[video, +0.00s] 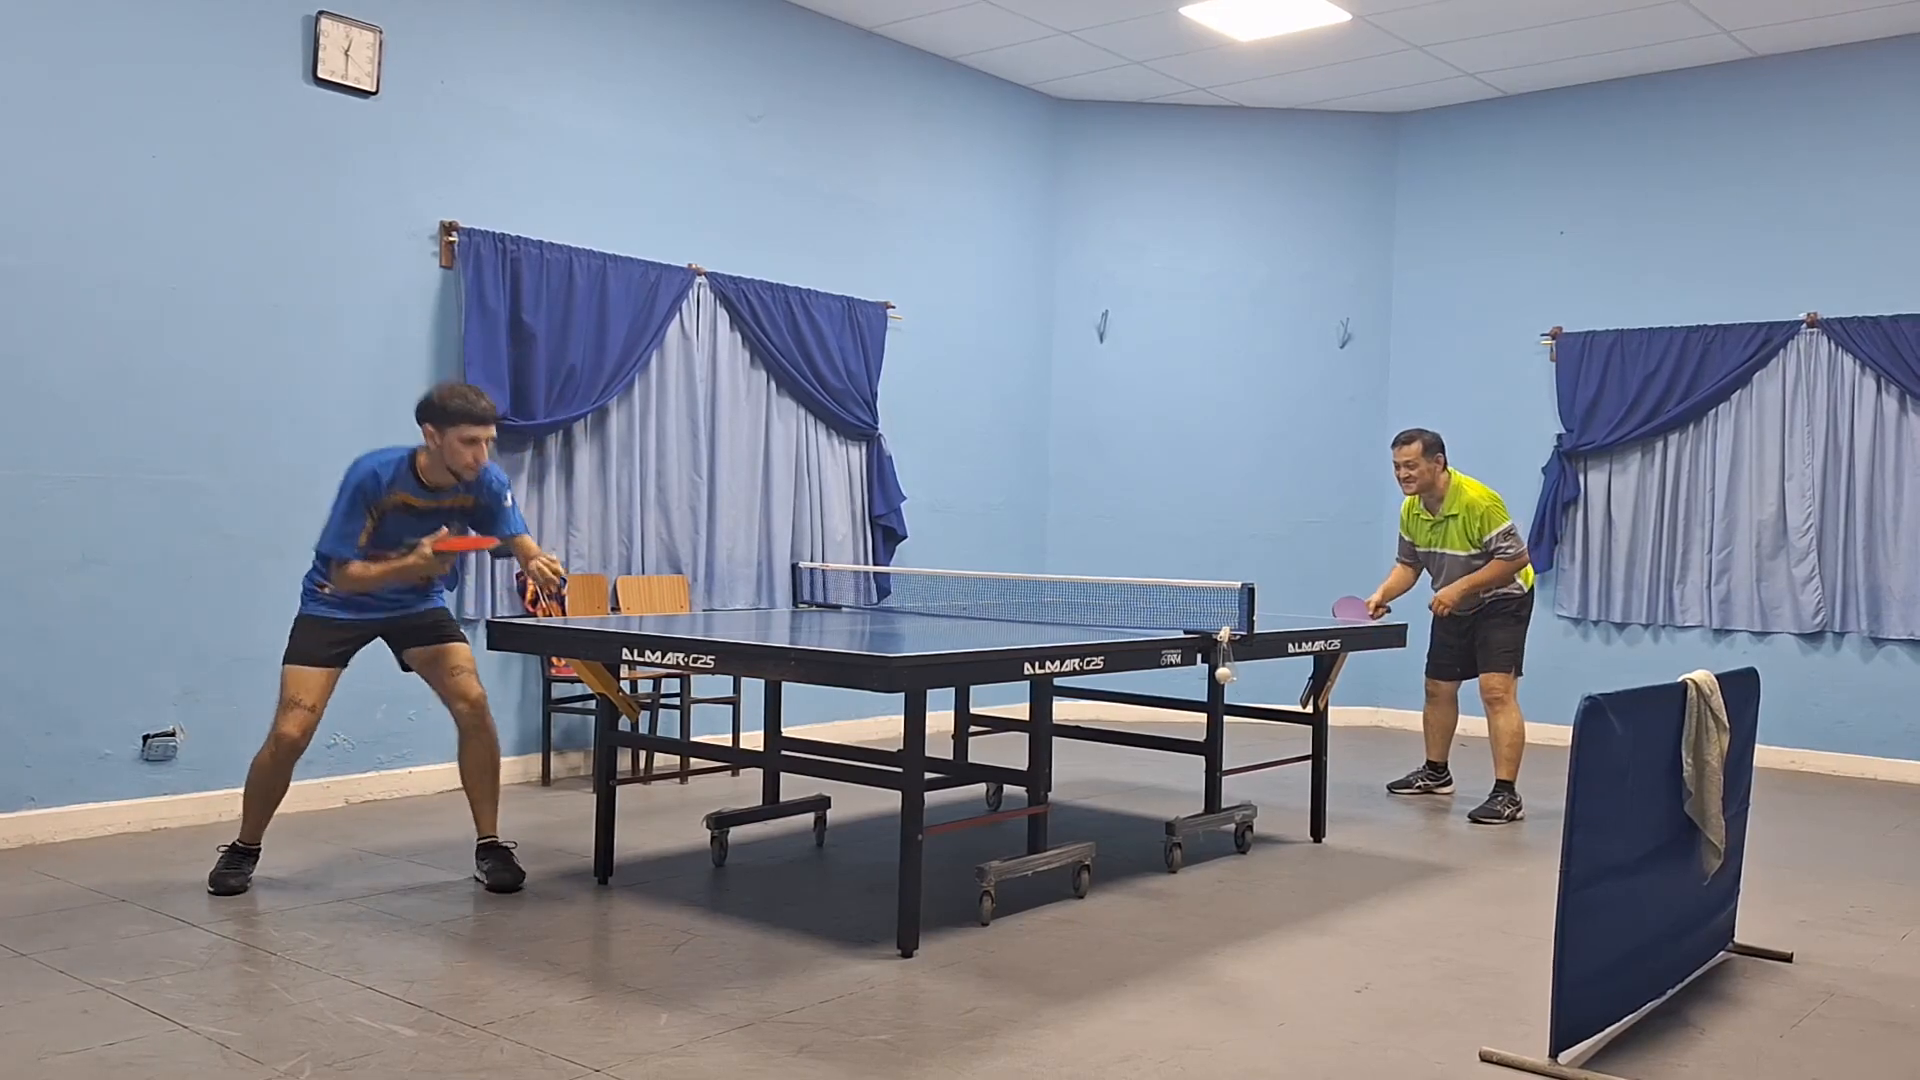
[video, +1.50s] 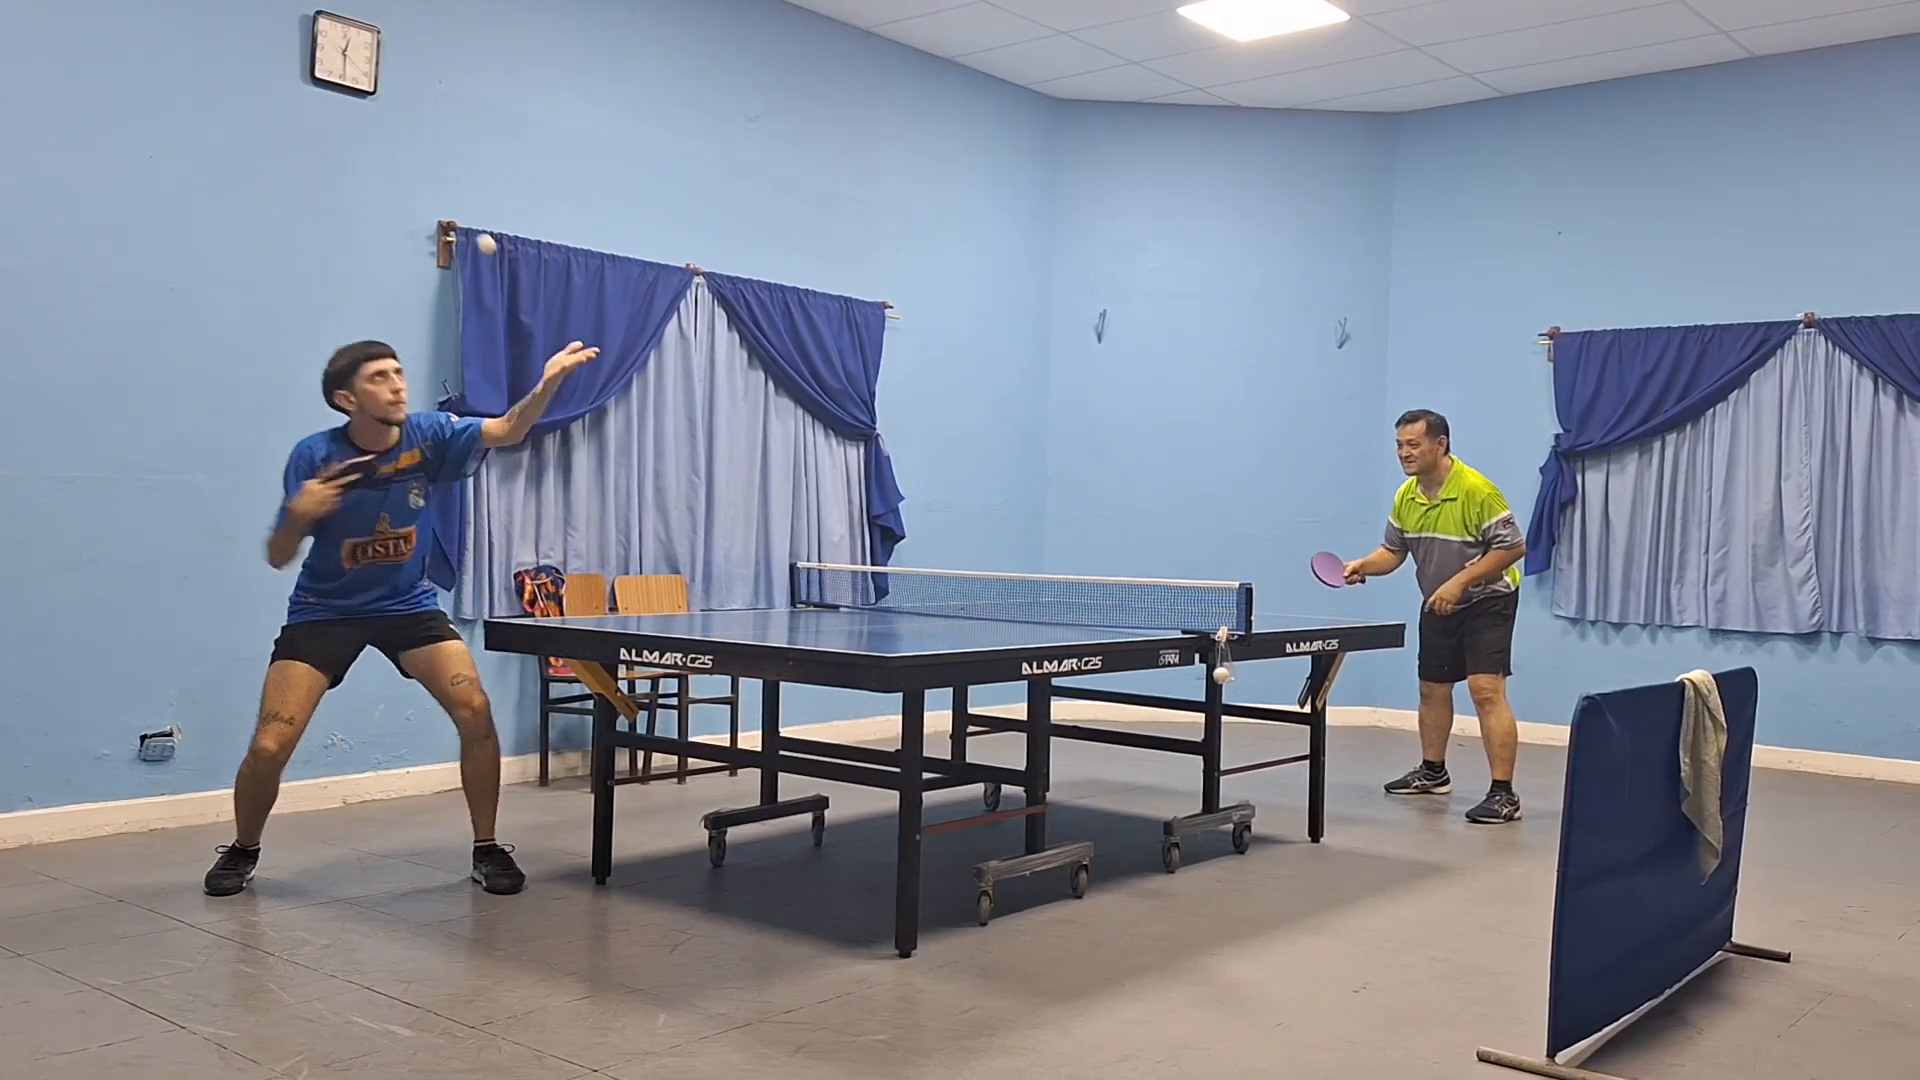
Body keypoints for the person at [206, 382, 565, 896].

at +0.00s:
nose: (481, 457)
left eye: (487, 443)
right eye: (470, 443)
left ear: (493, 439)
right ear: (433, 437)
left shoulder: (486, 485)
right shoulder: (372, 476)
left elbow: (525, 550)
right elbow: (340, 574)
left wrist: (537, 563)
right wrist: (412, 566)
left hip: (416, 606)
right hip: (335, 607)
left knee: (473, 701)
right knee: (290, 733)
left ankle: (491, 846)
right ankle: (243, 849)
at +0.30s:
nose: (519, 552)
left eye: (524, 540)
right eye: (509, 540)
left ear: (528, 536)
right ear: (468, 531)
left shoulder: (507, 553)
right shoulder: (407, 555)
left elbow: (554, 594)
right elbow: (401, 662)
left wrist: (580, 605)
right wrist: (471, 641)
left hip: (441, 652)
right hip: (363, 653)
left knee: (517, 716)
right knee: (282, 769)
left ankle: (492, 850)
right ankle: (251, 852)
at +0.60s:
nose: (523, 563)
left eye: (527, 553)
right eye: (513, 553)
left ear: (528, 548)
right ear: (472, 544)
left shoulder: (513, 565)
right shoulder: (407, 567)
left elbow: (557, 599)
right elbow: (395, 671)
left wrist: (591, 612)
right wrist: (470, 654)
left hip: (435, 664)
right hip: (362, 665)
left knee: (519, 715)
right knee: (290, 781)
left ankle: (492, 849)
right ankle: (253, 851)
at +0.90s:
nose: (514, 552)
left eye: (518, 540)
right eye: (503, 540)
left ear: (516, 538)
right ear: (462, 531)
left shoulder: (505, 564)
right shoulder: (397, 560)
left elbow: (551, 601)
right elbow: (374, 659)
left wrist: (581, 615)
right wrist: (450, 651)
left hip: (431, 663)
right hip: (353, 664)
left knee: (513, 714)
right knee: (284, 785)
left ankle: (491, 851)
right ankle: (252, 851)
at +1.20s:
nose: (478, 477)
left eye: (482, 465)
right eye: (465, 467)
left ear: (487, 466)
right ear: (425, 471)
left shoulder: (479, 507)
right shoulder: (369, 515)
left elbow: (515, 540)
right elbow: (358, 611)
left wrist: (560, 542)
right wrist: (428, 604)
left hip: (423, 640)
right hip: (345, 640)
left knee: (504, 713)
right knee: (282, 767)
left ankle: (488, 850)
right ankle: (247, 851)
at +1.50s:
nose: (396, 385)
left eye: (398, 375)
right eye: (379, 378)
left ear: (405, 385)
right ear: (345, 398)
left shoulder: (431, 433)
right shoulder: (314, 455)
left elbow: (509, 428)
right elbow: (278, 556)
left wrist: (548, 380)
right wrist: (298, 516)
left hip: (408, 604)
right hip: (324, 609)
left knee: (474, 708)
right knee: (268, 747)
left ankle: (487, 849)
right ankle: (243, 849)